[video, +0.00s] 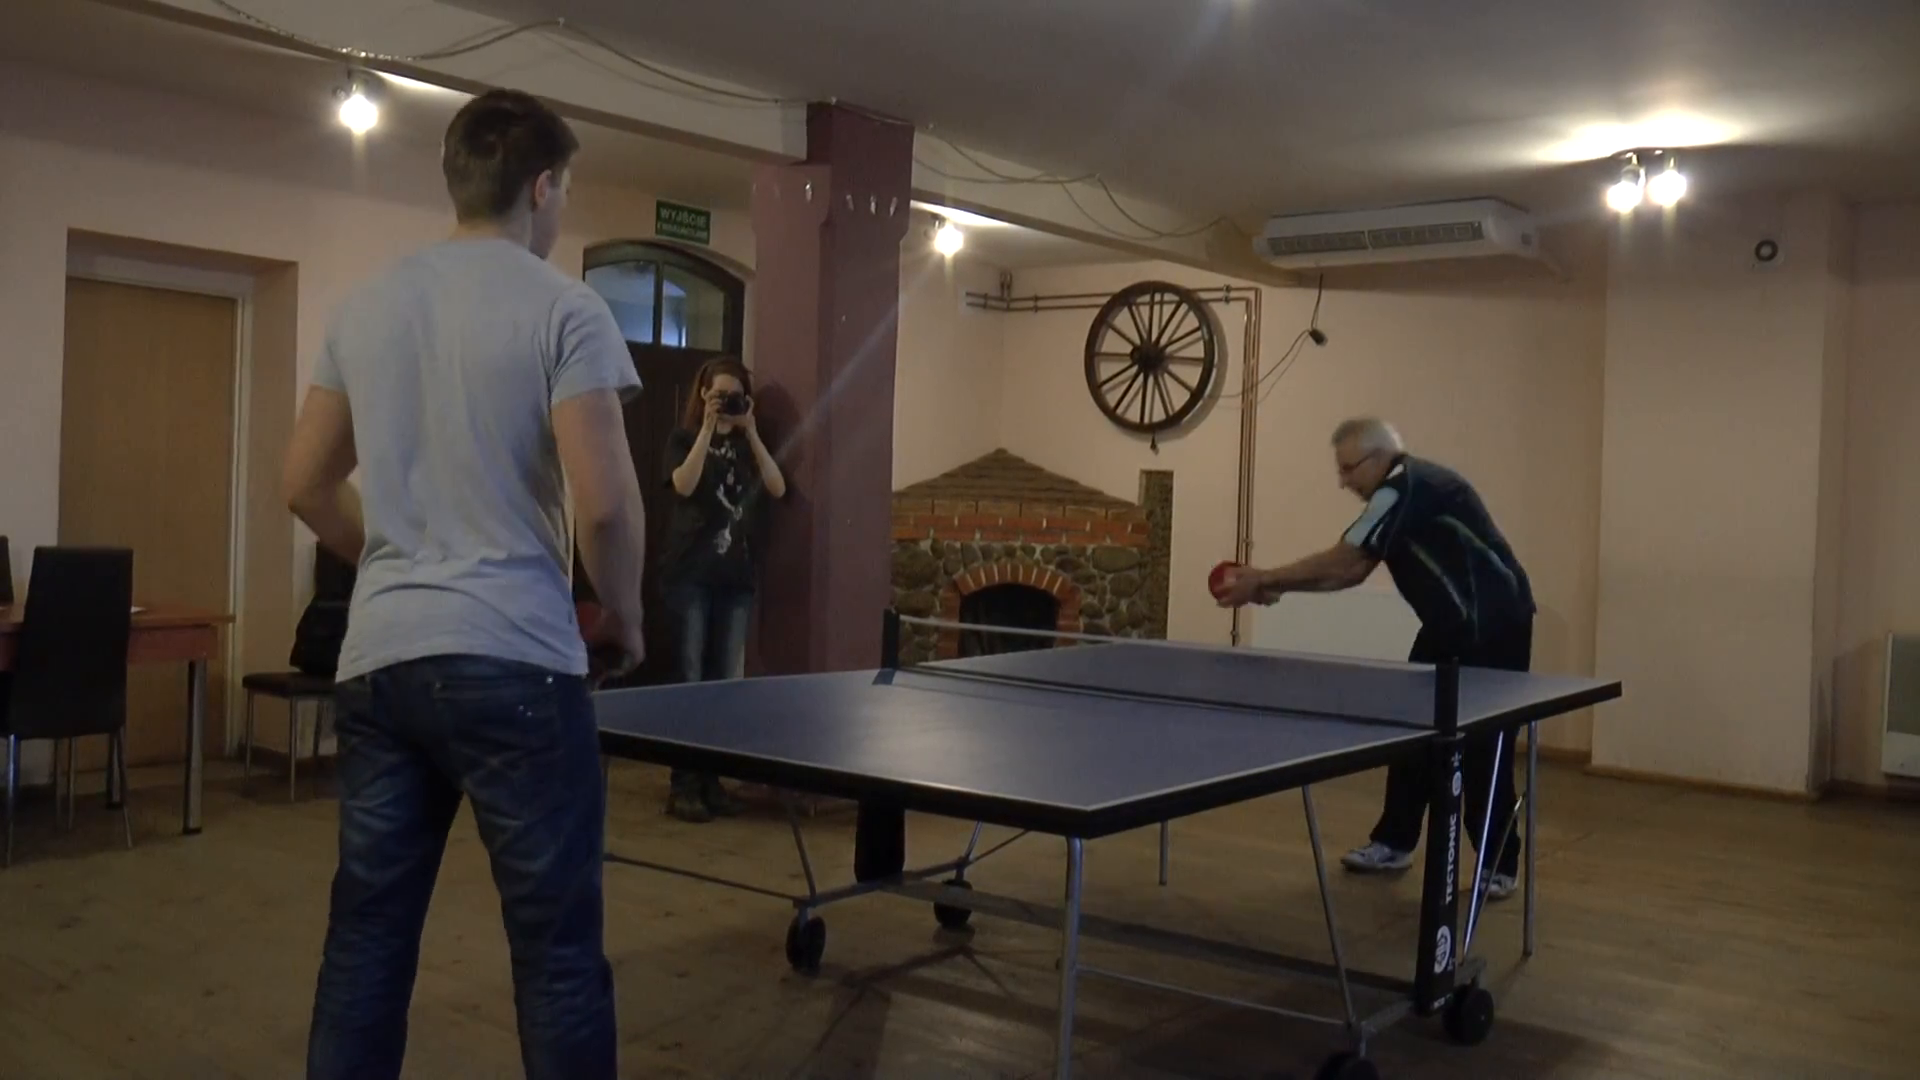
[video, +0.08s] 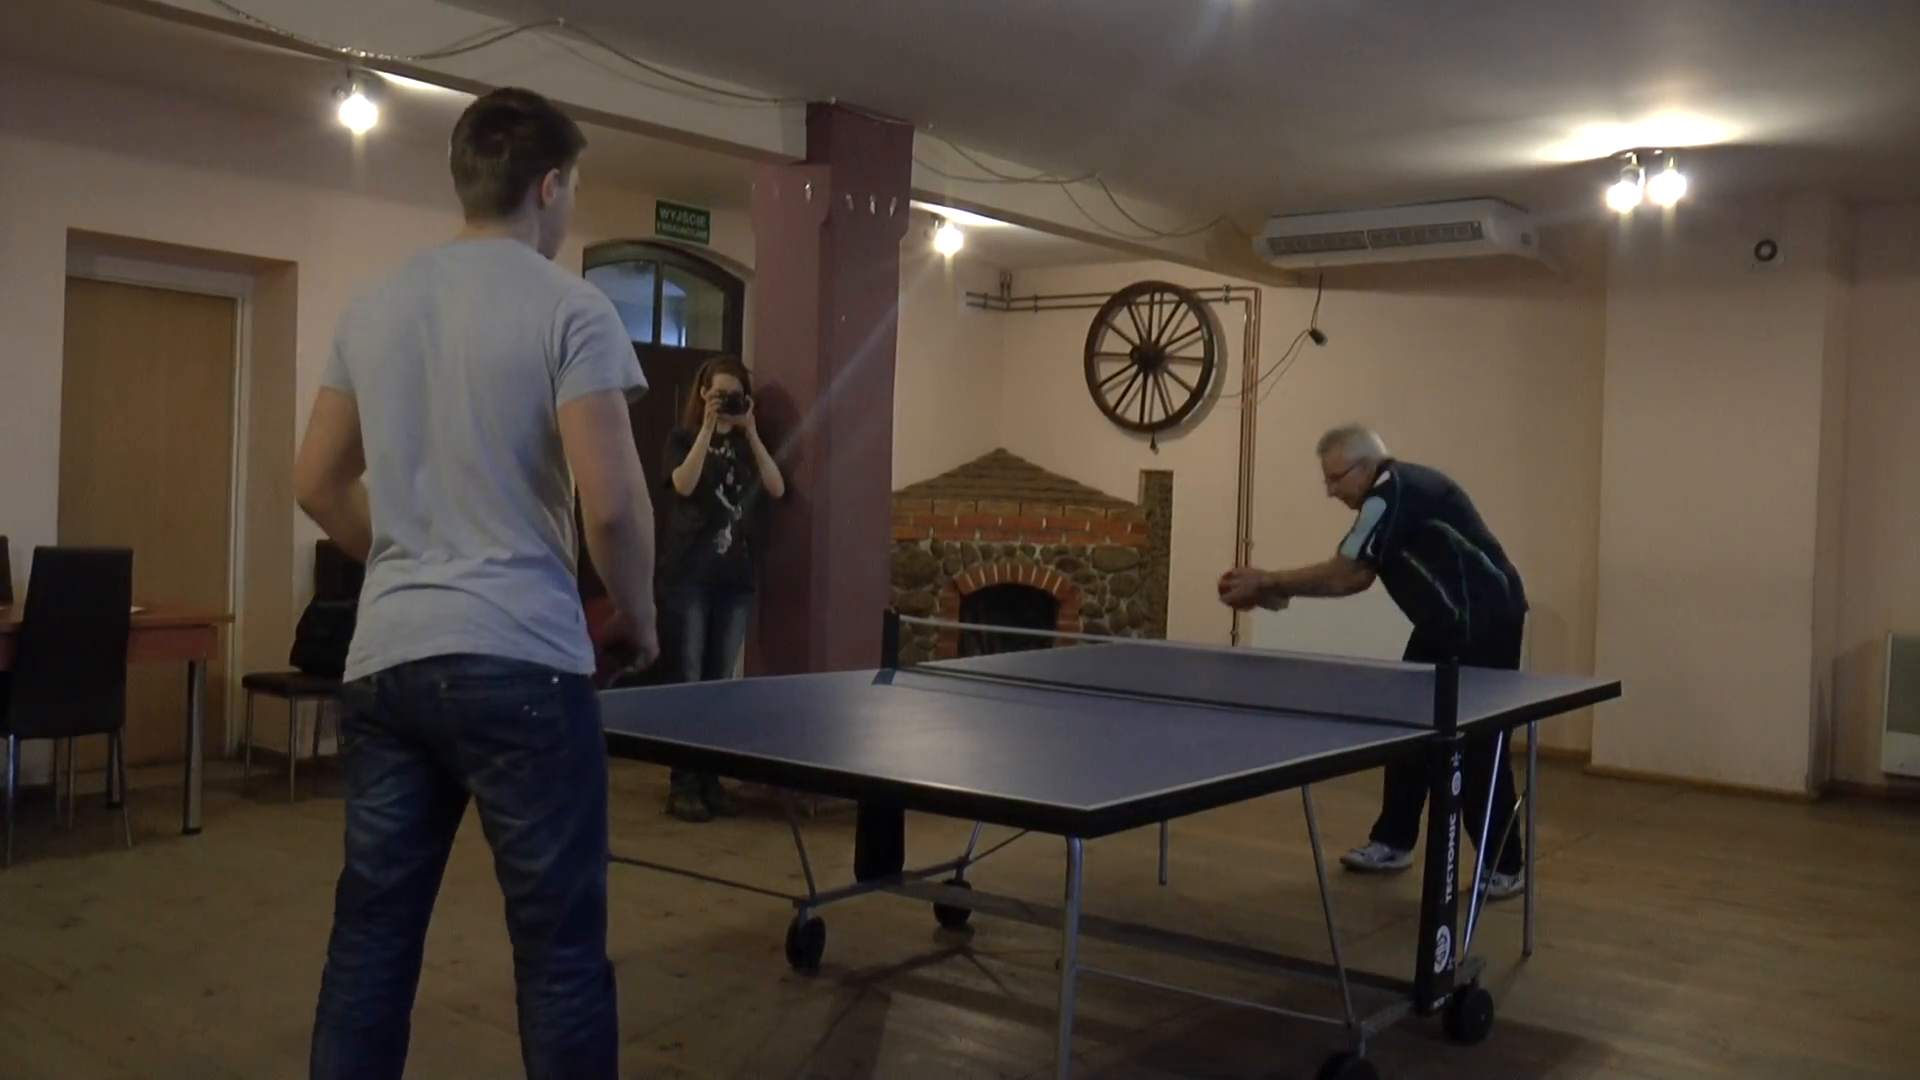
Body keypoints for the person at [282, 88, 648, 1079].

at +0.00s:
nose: (564, 203)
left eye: (563, 186)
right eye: (564, 185)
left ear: (453, 185)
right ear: (543, 186)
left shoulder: (364, 306)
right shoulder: (563, 306)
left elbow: (305, 482)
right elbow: (606, 502)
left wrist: (383, 558)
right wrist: (623, 617)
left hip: (377, 649)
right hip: (512, 652)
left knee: (365, 936)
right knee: (556, 946)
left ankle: (340, 1077)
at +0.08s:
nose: (573, 200)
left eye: (572, 182)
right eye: (572, 182)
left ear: (462, 184)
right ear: (550, 186)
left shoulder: (374, 305)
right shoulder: (569, 304)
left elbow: (317, 480)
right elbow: (611, 501)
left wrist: (396, 558)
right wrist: (637, 618)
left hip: (384, 647)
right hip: (518, 649)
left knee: (369, 932)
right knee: (559, 941)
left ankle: (343, 1077)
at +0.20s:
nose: (586, 202)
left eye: (585, 183)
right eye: (585, 182)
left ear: (475, 184)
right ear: (561, 185)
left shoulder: (386, 305)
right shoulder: (580, 305)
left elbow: (331, 479)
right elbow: (622, 507)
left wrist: (409, 564)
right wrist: (652, 621)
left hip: (394, 648)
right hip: (528, 650)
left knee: (376, 934)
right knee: (565, 947)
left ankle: (346, 1077)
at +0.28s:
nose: (596, 201)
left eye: (593, 182)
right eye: (595, 181)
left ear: (484, 184)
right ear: (572, 184)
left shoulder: (392, 308)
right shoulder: (589, 307)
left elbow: (338, 478)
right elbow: (628, 508)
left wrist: (410, 572)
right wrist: (658, 618)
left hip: (402, 647)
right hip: (537, 650)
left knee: (379, 934)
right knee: (569, 945)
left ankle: (347, 1078)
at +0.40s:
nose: (612, 204)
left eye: (611, 185)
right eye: (612, 184)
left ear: (500, 184)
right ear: (588, 188)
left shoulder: (404, 307)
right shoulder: (604, 311)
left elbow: (356, 484)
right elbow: (640, 519)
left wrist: (407, 601)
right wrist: (669, 622)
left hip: (413, 652)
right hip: (550, 654)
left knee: (386, 934)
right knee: (581, 942)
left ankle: (351, 1079)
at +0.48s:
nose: (627, 204)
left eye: (626, 185)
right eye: (626, 185)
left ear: (516, 186)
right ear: (601, 189)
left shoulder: (416, 307)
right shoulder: (616, 314)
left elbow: (366, 485)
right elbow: (648, 521)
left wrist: (407, 615)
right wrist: (679, 629)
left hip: (424, 651)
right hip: (561, 654)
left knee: (393, 929)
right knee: (589, 941)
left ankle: (357, 1077)